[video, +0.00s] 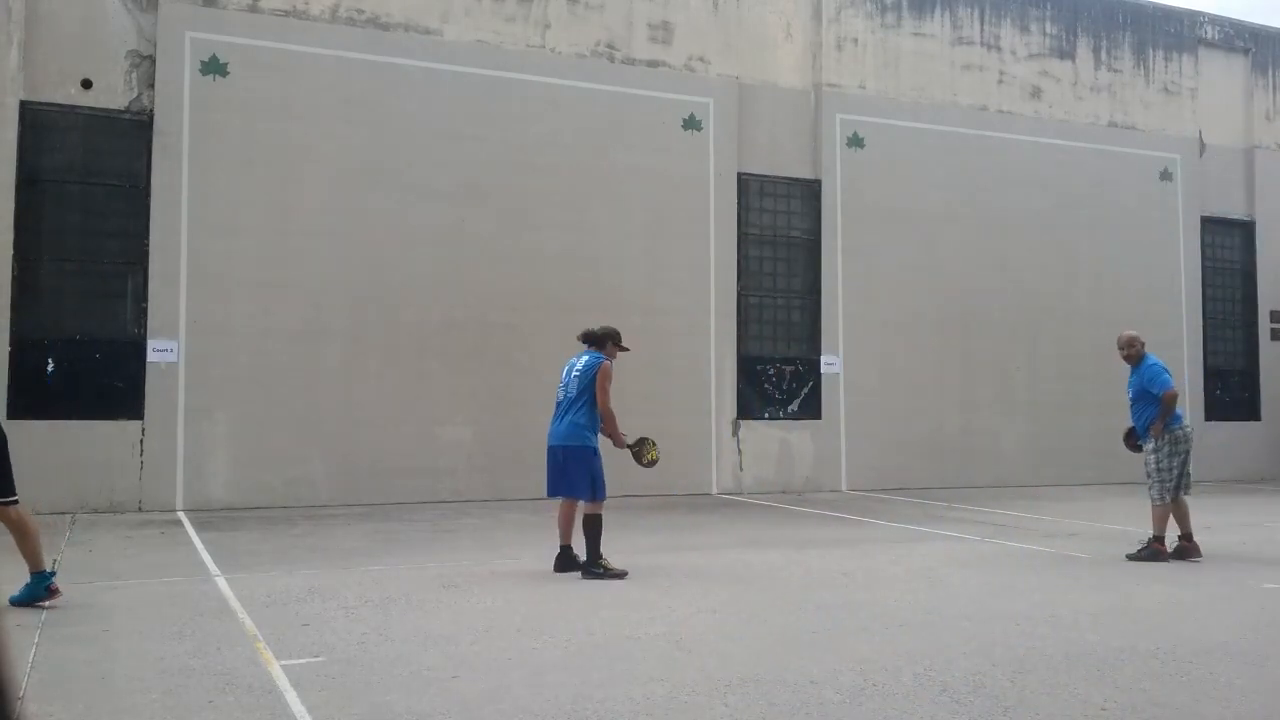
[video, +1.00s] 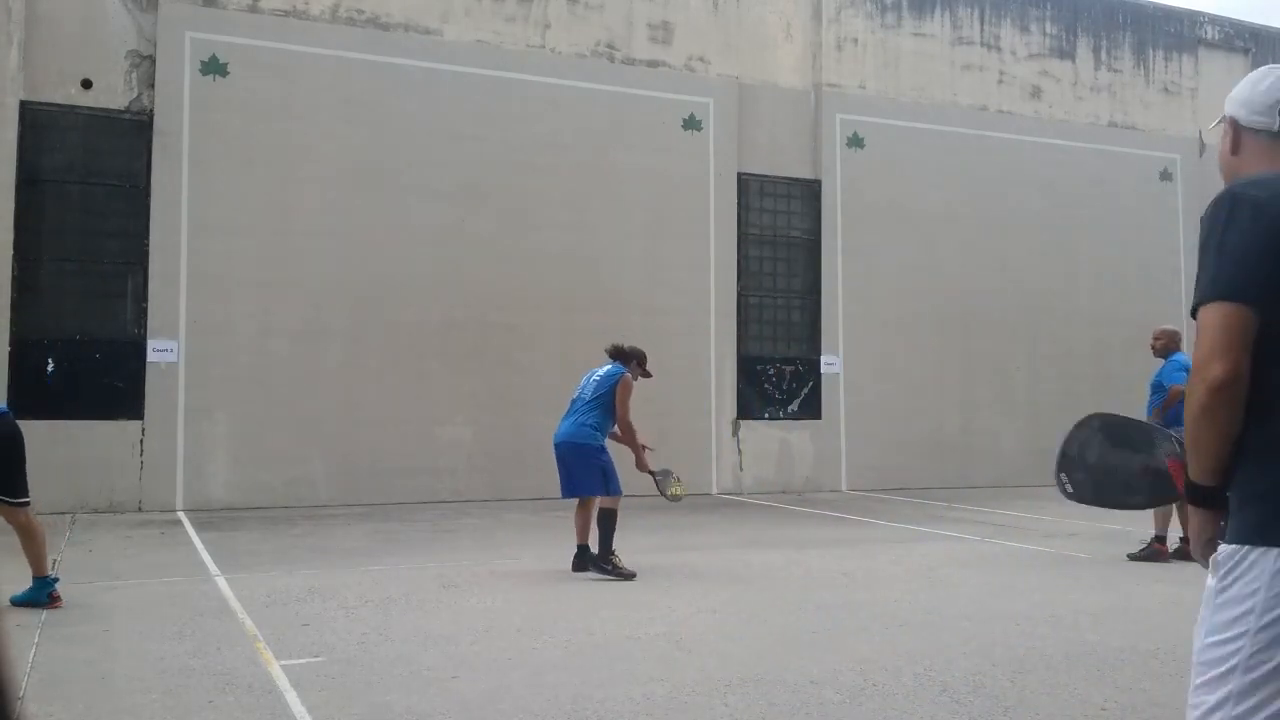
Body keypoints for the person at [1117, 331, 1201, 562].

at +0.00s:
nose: (1126, 353)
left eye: (1131, 347)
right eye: (1122, 349)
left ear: (1142, 346)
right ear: (1119, 352)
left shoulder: (1151, 369)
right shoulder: (1137, 370)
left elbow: (1170, 394)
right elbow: (1148, 403)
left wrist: (1159, 423)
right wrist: (1137, 427)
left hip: (1166, 436)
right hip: (1168, 434)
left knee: (1160, 491)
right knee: (1173, 492)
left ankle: (1157, 545)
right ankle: (1188, 542)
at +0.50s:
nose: (1144, 350)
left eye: (1149, 345)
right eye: (1142, 346)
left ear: (1164, 344)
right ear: (1143, 348)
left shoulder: (1170, 366)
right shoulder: (1164, 366)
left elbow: (1183, 392)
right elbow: (1167, 401)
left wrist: (1169, 421)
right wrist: (1151, 426)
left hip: (1172, 435)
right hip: (1185, 434)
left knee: (1154, 489)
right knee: (1179, 491)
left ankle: (1157, 544)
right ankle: (1189, 545)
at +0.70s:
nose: (1148, 348)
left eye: (1152, 343)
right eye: (1147, 343)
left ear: (1169, 343)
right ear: (1169, 345)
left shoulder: (1169, 365)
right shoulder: (1182, 363)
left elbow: (1176, 392)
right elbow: (1198, 394)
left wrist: (1163, 424)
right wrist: (1185, 418)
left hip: (1171, 435)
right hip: (1190, 433)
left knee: (1160, 490)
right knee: (1182, 491)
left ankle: (1158, 545)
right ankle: (1189, 545)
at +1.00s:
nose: (1152, 343)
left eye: (1157, 339)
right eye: (1152, 339)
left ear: (1172, 343)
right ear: (1171, 344)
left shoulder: (1174, 363)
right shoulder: (1182, 362)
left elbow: (1177, 390)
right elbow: (1183, 393)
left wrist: (1158, 414)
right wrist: (1162, 413)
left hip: (1168, 435)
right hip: (1179, 434)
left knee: (1162, 488)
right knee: (1182, 491)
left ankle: (1158, 543)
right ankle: (1188, 542)